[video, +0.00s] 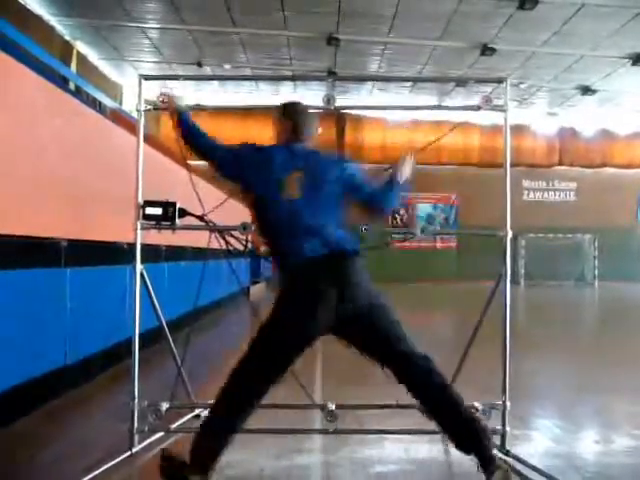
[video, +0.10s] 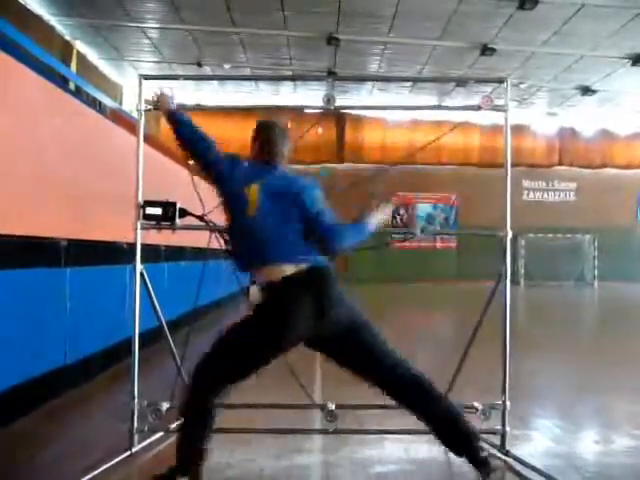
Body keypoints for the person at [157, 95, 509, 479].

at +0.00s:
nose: (275, 131)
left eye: (278, 125)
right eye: (283, 126)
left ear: (280, 129)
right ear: (314, 131)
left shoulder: (259, 161)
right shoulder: (333, 166)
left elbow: (211, 150)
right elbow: (380, 204)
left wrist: (179, 114)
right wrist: (400, 176)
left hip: (305, 291)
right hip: (352, 285)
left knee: (251, 378)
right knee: (409, 363)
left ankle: (198, 462)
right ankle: (480, 445)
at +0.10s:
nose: (274, 146)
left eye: (265, 141)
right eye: (282, 142)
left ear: (254, 148)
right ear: (288, 151)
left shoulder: (236, 176)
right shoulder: (300, 187)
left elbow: (203, 148)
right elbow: (333, 238)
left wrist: (172, 112)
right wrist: (374, 220)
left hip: (281, 306)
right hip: (322, 298)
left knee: (207, 379)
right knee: (394, 373)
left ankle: (186, 469)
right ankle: (477, 453)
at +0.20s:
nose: (295, 147)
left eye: (292, 142)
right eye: (295, 142)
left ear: (259, 143)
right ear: (291, 145)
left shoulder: (225, 184)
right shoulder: (304, 177)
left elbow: (174, 202)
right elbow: (350, 222)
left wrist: (155, 166)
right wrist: (377, 195)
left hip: (270, 302)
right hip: (318, 295)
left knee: (203, 380)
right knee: (367, 376)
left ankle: (186, 466)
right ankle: (410, 454)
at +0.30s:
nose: (318, 134)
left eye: (317, 129)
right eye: (317, 128)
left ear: (277, 131)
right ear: (310, 131)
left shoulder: (252, 172)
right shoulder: (327, 159)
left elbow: (213, 221)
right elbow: (385, 172)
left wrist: (194, 207)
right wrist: (382, 138)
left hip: (286, 287)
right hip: (333, 283)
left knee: (224, 379)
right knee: (350, 378)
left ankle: (188, 465)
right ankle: (352, 469)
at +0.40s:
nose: (335, 141)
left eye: (334, 135)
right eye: (334, 135)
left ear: (295, 137)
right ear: (328, 137)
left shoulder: (265, 170)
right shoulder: (342, 165)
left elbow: (218, 176)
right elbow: (402, 186)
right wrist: (384, 146)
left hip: (294, 295)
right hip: (341, 292)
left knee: (238, 390)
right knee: (369, 380)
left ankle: (223, 473)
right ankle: (362, 471)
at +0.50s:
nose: (367, 139)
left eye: (360, 132)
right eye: (366, 134)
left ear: (331, 133)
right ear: (364, 137)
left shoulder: (298, 157)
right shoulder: (376, 173)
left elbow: (261, 127)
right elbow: (439, 190)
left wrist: (298, 110)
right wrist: (434, 151)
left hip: (312, 297)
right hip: (363, 299)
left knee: (254, 388)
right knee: (429, 366)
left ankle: (218, 473)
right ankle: (438, 458)